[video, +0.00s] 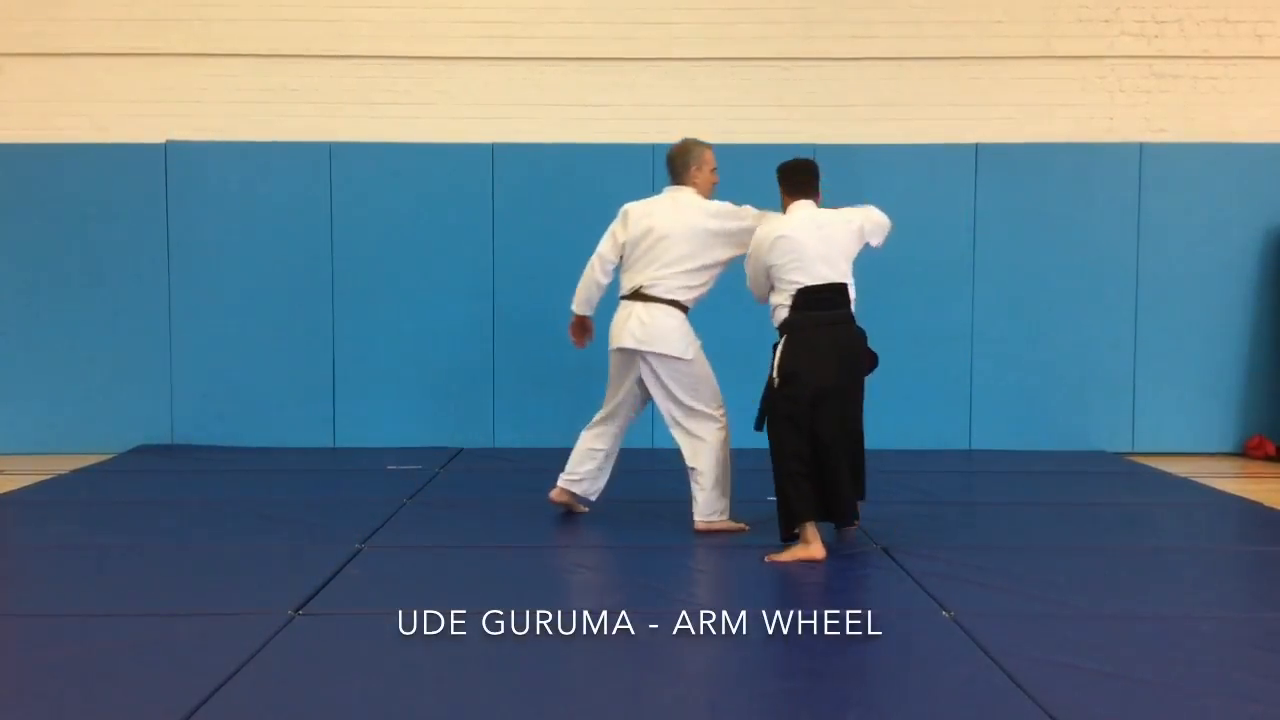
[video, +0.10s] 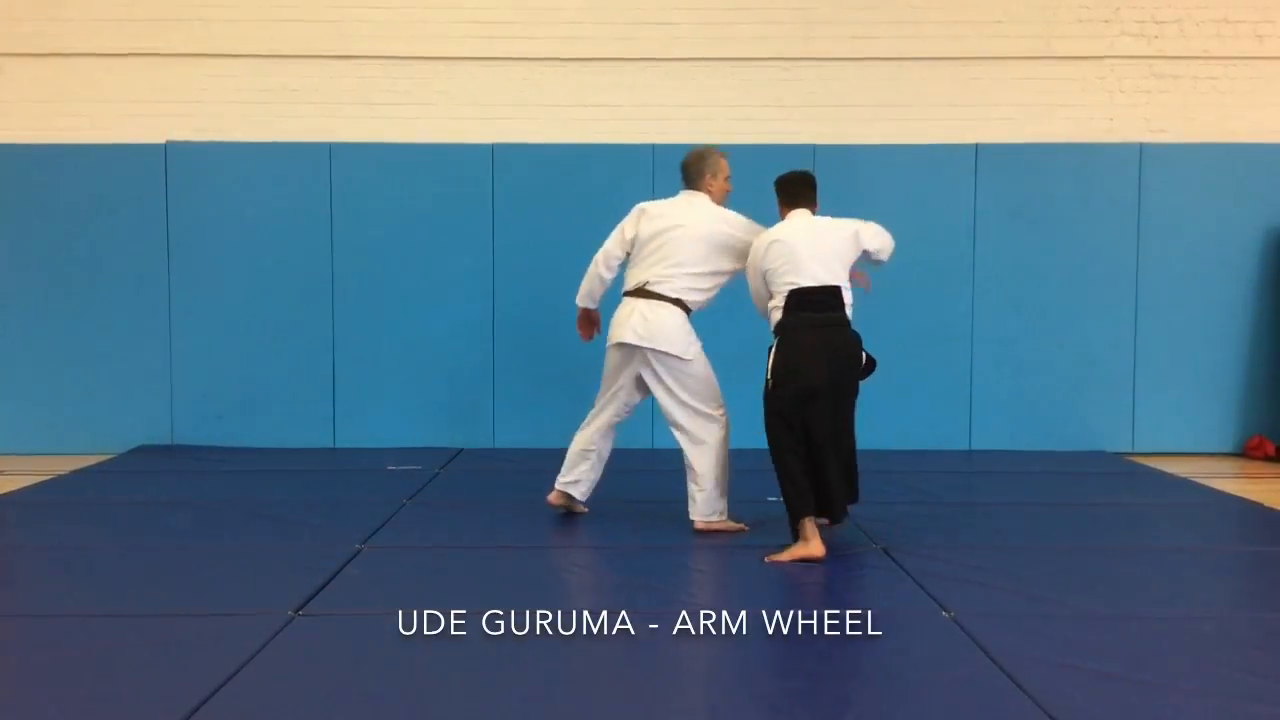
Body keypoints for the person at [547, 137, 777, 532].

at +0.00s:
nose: (716, 177)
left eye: (715, 170)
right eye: (711, 171)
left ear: (676, 174)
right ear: (694, 173)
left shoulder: (634, 210)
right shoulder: (716, 214)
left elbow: (601, 262)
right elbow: (777, 224)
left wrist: (581, 311)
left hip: (624, 325)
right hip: (668, 327)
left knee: (614, 411)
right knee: (707, 420)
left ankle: (570, 487)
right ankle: (710, 515)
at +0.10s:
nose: (730, 186)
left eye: (729, 179)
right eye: (726, 179)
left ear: (691, 181)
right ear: (710, 181)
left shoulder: (647, 211)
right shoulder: (731, 225)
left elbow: (607, 256)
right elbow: (781, 252)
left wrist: (586, 304)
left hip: (626, 321)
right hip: (669, 325)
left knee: (607, 410)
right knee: (708, 419)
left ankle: (566, 490)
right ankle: (708, 515)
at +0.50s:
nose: (729, 202)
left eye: (728, 196)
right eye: (728, 197)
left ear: (690, 194)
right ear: (718, 195)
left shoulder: (651, 220)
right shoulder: (727, 221)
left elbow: (622, 277)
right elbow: (762, 197)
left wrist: (644, 309)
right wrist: (775, 173)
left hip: (632, 318)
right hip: (678, 321)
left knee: (604, 413)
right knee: (714, 416)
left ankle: (572, 497)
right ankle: (710, 514)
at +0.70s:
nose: (734, 185)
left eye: (733, 178)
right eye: (732, 178)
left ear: (694, 176)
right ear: (715, 178)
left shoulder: (652, 214)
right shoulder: (721, 203)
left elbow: (636, 270)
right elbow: (771, 179)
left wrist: (660, 300)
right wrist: (798, 149)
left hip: (633, 314)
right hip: (675, 316)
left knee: (612, 408)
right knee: (708, 412)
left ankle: (575, 494)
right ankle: (707, 512)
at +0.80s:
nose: (750, 194)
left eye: (749, 187)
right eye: (747, 187)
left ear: (713, 184)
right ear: (733, 186)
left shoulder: (663, 218)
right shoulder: (734, 215)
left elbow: (646, 279)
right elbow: (782, 239)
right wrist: (825, 227)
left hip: (633, 324)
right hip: (674, 329)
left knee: (620, 419)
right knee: (712, 415)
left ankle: (578, 496)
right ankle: (675, 499)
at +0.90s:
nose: (781, 235)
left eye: (783, 228)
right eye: (782, 228)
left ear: (751, 213)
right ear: (776, 225)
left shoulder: (700, 227)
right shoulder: (769, 258)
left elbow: (654, 275)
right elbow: (773, 329)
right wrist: (786, 334)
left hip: (642, 321)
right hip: (682, 335)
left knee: (615, 408)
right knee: (694, 434)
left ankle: (571, 489)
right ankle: (634, 504)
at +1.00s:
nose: (794, 289)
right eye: (798, 284)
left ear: (774, 253)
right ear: (797, 279)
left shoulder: (739, 246)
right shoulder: (790, 307)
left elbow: (683, 269)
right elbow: (749, 365)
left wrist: (641, 302)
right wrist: (728, 395)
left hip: (671, 304)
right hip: (710, 339)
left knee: (600, 362)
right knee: (673, 423)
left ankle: (538, 403)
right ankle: (632, 507)